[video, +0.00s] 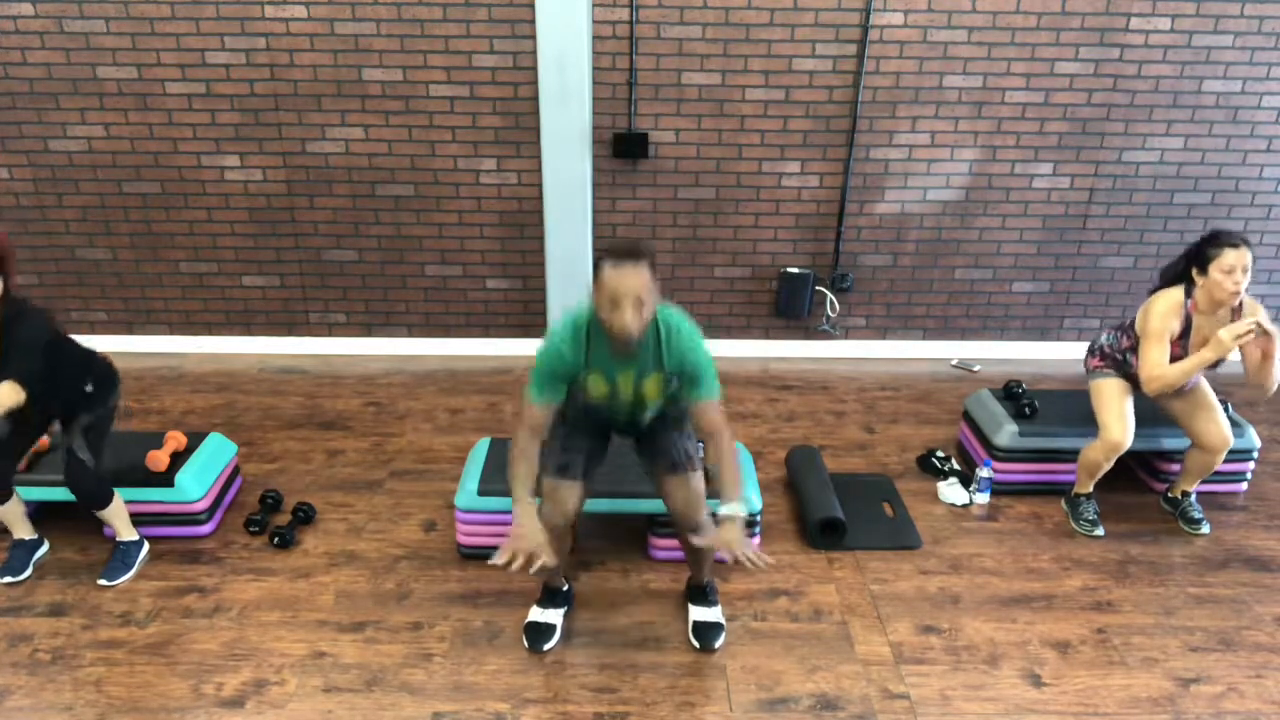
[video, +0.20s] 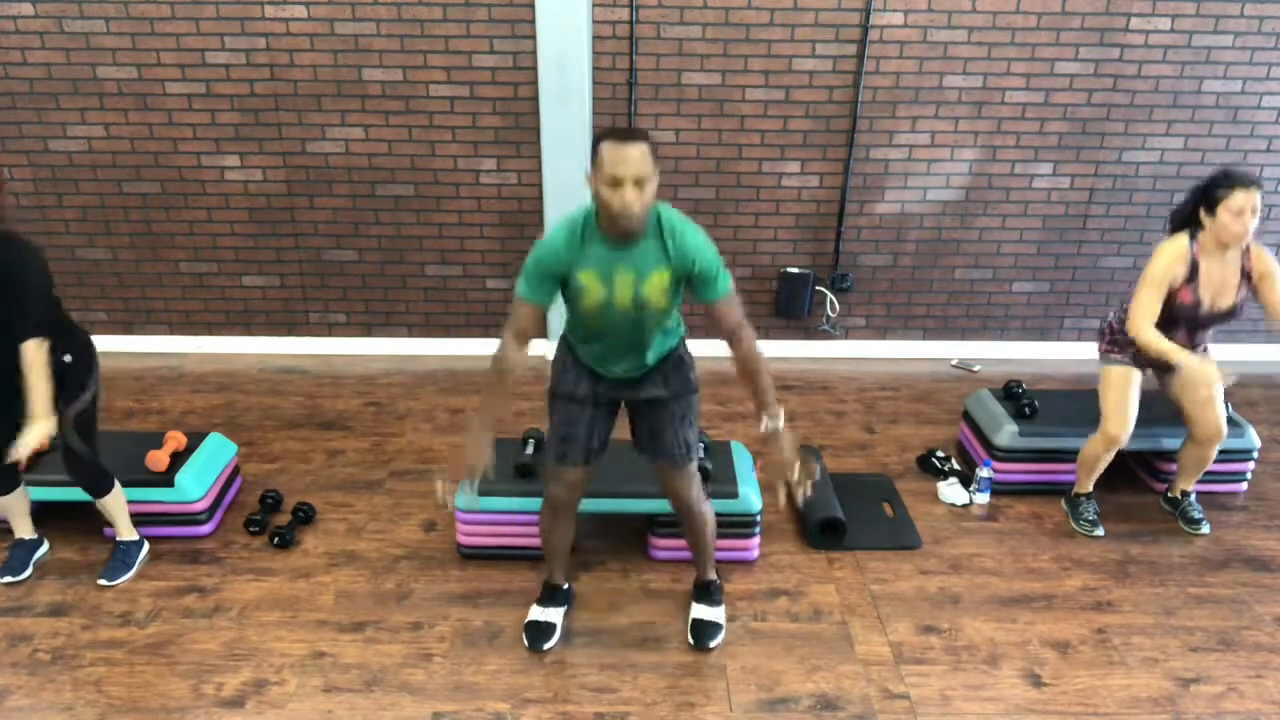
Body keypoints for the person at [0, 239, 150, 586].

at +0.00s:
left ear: (4, 284)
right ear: (5, 284)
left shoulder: (23, 319)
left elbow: (16, 388)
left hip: (89, 388)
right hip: (41, 397)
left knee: (80, 475)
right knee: (1, 470)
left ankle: (130, 540)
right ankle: (26, 539)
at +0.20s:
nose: (4, 200)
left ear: (6, 207)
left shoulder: (17, 257)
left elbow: (32, 343)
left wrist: (39, 418)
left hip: (64, 360)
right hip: (11, 368)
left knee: (77, 454)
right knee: (3, 456)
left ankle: (129, 539)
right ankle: (25, 539)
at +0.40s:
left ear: (7, 183)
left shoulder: (29, 232)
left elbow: (77, 295)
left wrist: (111, 353)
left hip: (47, 360)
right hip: (5, 370)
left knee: (80, 450)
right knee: (7, 458)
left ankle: (129, 539)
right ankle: (26, 539)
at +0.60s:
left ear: (4, 190)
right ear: (3, 191)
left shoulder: (29, 232)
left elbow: (81, 272)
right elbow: (81, 269)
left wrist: (116, 309)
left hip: (38, 363)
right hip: (1, 372)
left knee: (77, 449)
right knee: (7, 459)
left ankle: (129, 538)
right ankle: (26, 539)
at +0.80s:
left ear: (5, 188)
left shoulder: (31, 235)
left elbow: (83, 290)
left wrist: (122, 344)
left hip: (40, 364)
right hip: (1, 374)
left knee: (79, 450)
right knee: (7, 459)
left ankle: (128, 538)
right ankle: (26, 539)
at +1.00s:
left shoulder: (20, 239)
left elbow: (59, 315)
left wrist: (51, 390)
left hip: (54, 362)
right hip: (7, 371)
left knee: (79, 449)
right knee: (6, 458)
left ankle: (129, 538)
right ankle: (26, 539)